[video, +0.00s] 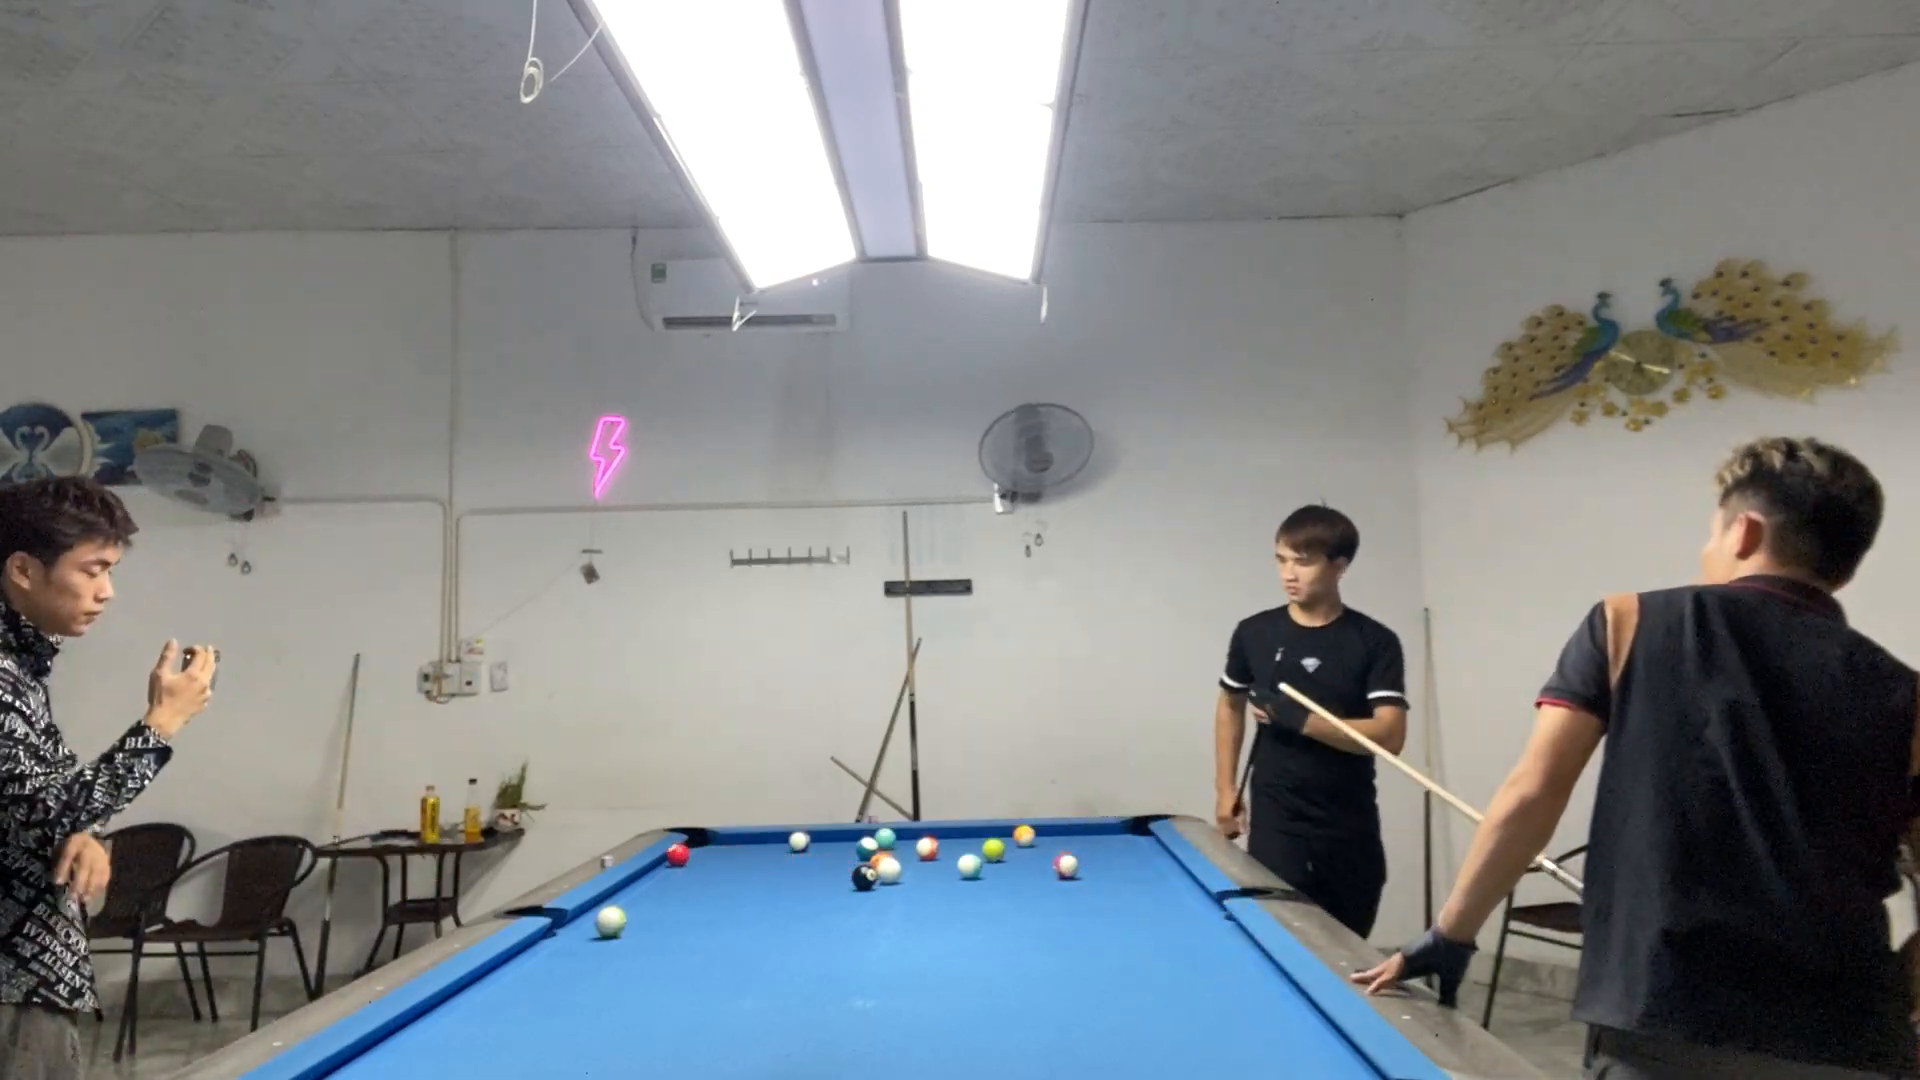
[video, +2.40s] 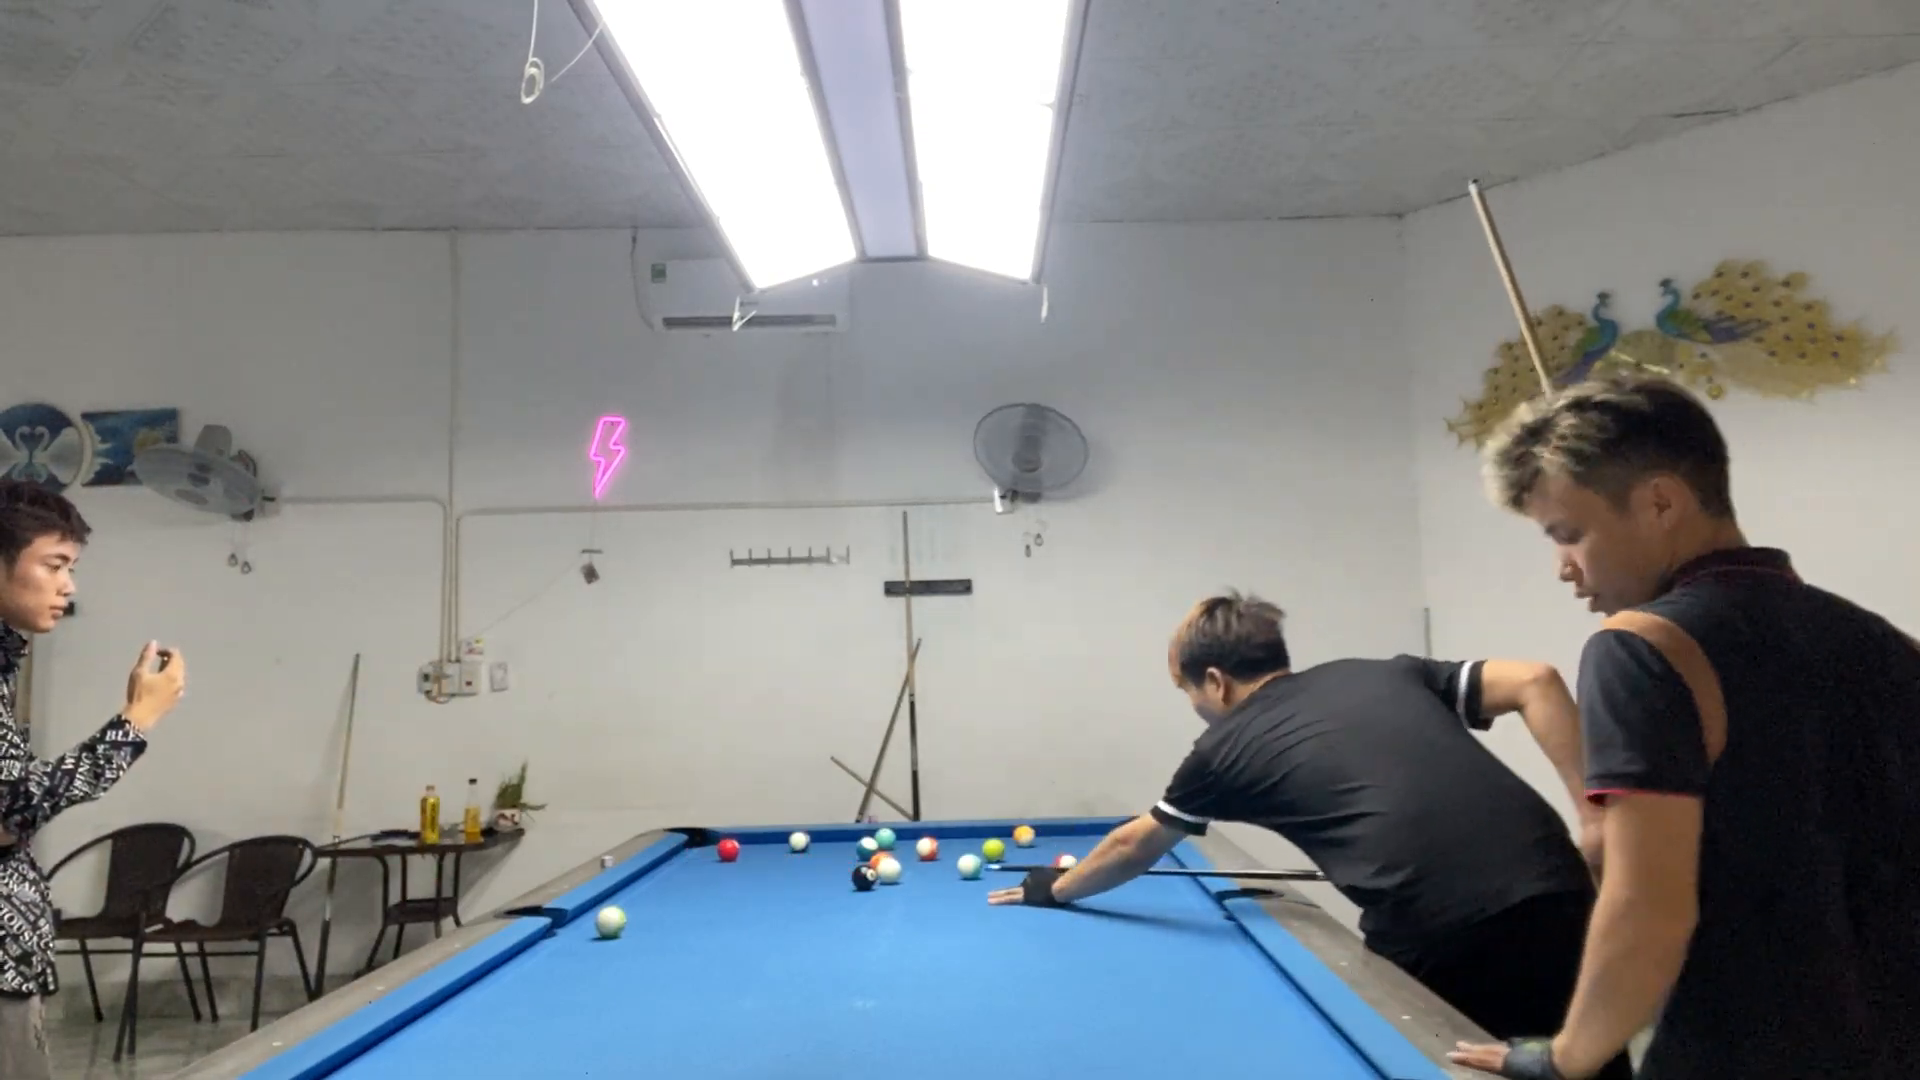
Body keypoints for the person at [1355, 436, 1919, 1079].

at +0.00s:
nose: (1705, 551)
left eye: (1715, 527)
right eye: (1711, 528)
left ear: (1746, 531)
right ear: (1846, 565)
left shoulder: (1630, 625)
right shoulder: (1899, 691)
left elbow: (1532, 796)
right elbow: (1899, 870)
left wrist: (1449, 936)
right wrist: (1891, 987)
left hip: (1651, 1026)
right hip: (1835, 1037)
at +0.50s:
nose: (1718, 562)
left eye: (1726, 537)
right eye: (1724, 539)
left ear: (1756, 537)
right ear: (1856, 576)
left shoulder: (1636, 626)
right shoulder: (1904, 695)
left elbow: (1534, 795)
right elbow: (1902, 872)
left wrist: (1446, 934)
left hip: (1662, 1027)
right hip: (1850, 1038)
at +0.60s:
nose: (1721, 565)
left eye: (1729, 540)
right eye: (1727, 542)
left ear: (1760, 540)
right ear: (1858, 579)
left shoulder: (1638, 627)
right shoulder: (1905, 694)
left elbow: (1535, 796)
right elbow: (1901, 874)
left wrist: (1446, 933)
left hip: (1667, 1029)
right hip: (1856, 1040)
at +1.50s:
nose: (1737, 550)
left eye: (1745, 524)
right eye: (1743, 525)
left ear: (1781, 530)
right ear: (1874, 563)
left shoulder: (1654, 623)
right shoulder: (1909, 681)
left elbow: (1541, 794)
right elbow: (1909, 885)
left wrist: (1445, 928)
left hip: (1670, 1029)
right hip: (1861, 1041)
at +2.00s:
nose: (1659, 514)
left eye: (1665, 490)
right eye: (1658, 491)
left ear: (1724, 501)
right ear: (1815, 505)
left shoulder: (1638, 632)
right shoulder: (1901, 653)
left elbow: (1542, 831)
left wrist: (1464, 944)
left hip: (1696, 1050)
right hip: (1879, 1046)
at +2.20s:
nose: (1608, 533)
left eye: (1611, 504)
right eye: (1605, 507)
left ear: (1678, 506)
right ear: (1769, 502)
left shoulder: (1620, 646)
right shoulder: (1898, 656)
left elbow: (1566, 887)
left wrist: (1503, 1017)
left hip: (1703, 1055)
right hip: (1884, 1049)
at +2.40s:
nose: (1563, 570)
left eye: (1571, 535)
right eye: (1556, 542)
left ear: (1660, 505)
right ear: (1666, 506)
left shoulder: (1642, 650)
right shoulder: (1883, 642)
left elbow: (1650, 913)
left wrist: (1568, 1058)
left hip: (1730, 1057)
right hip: (1893, 1053)